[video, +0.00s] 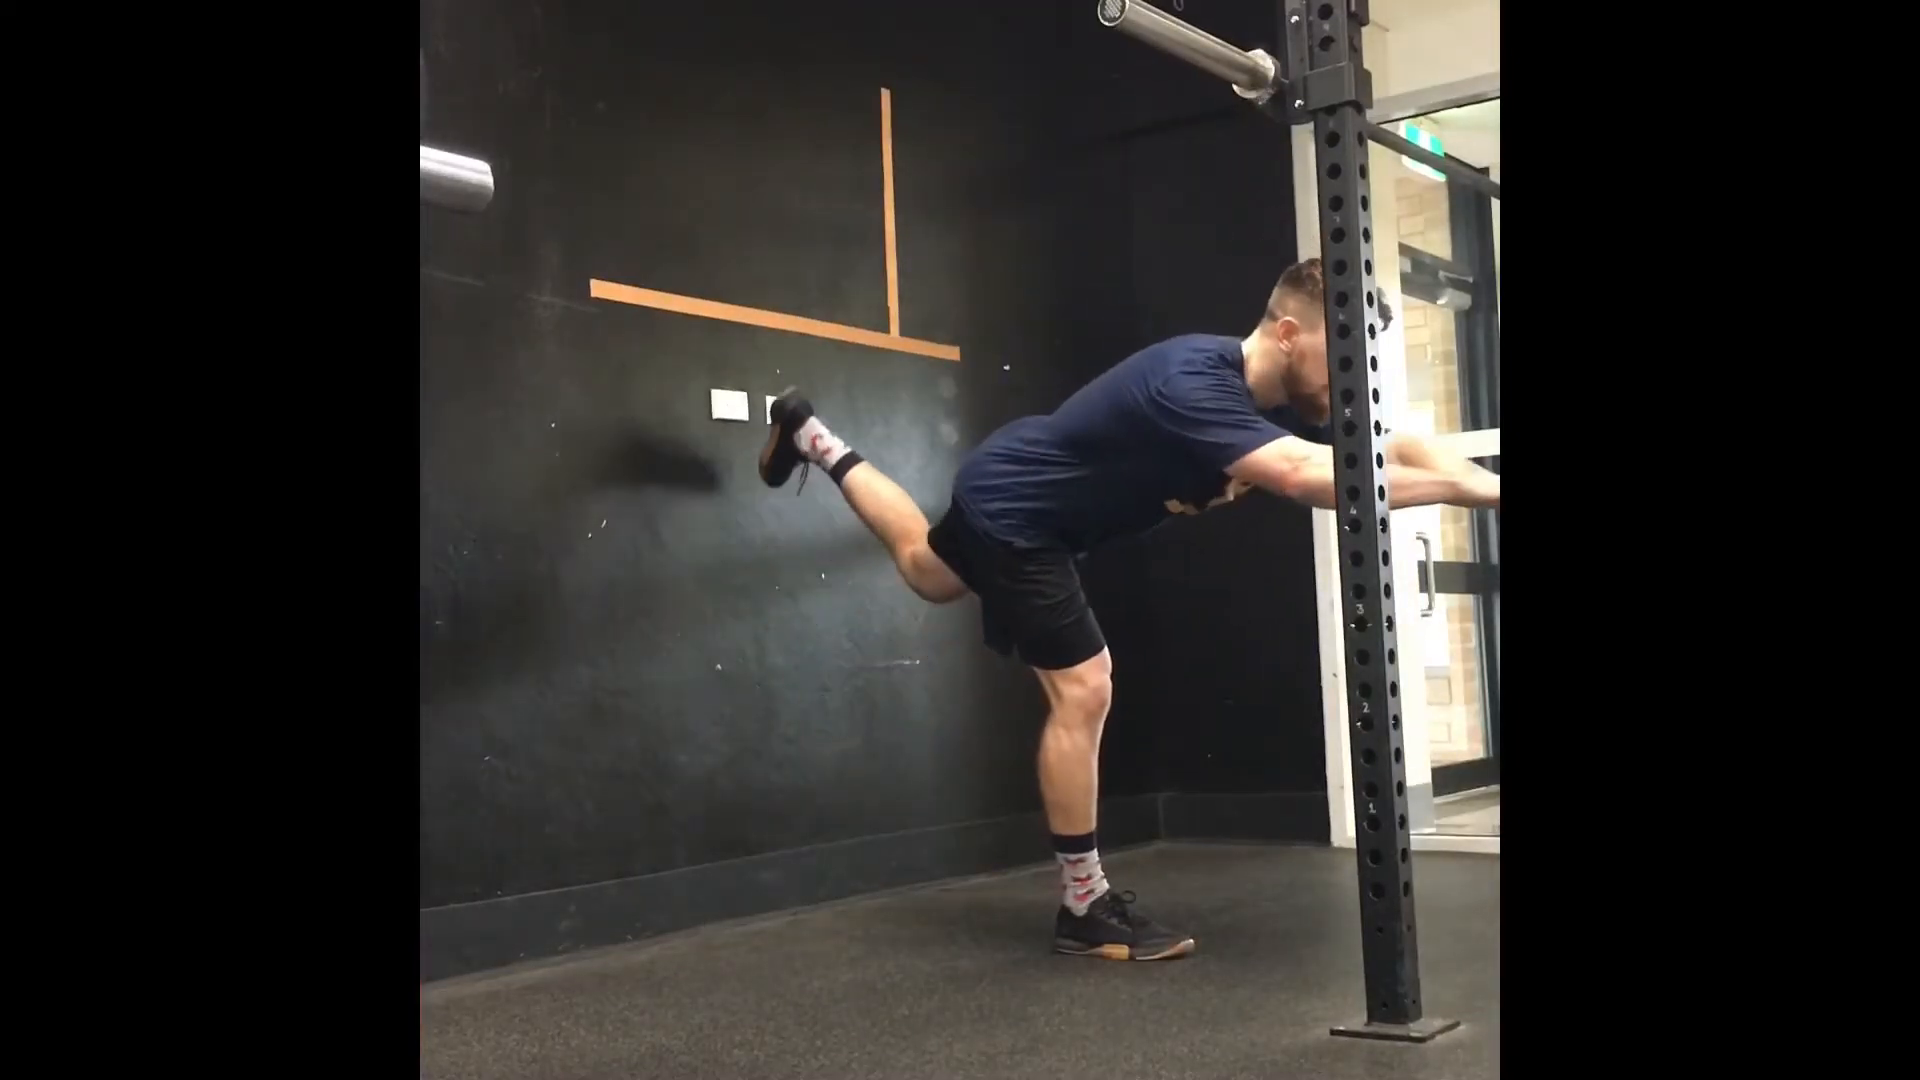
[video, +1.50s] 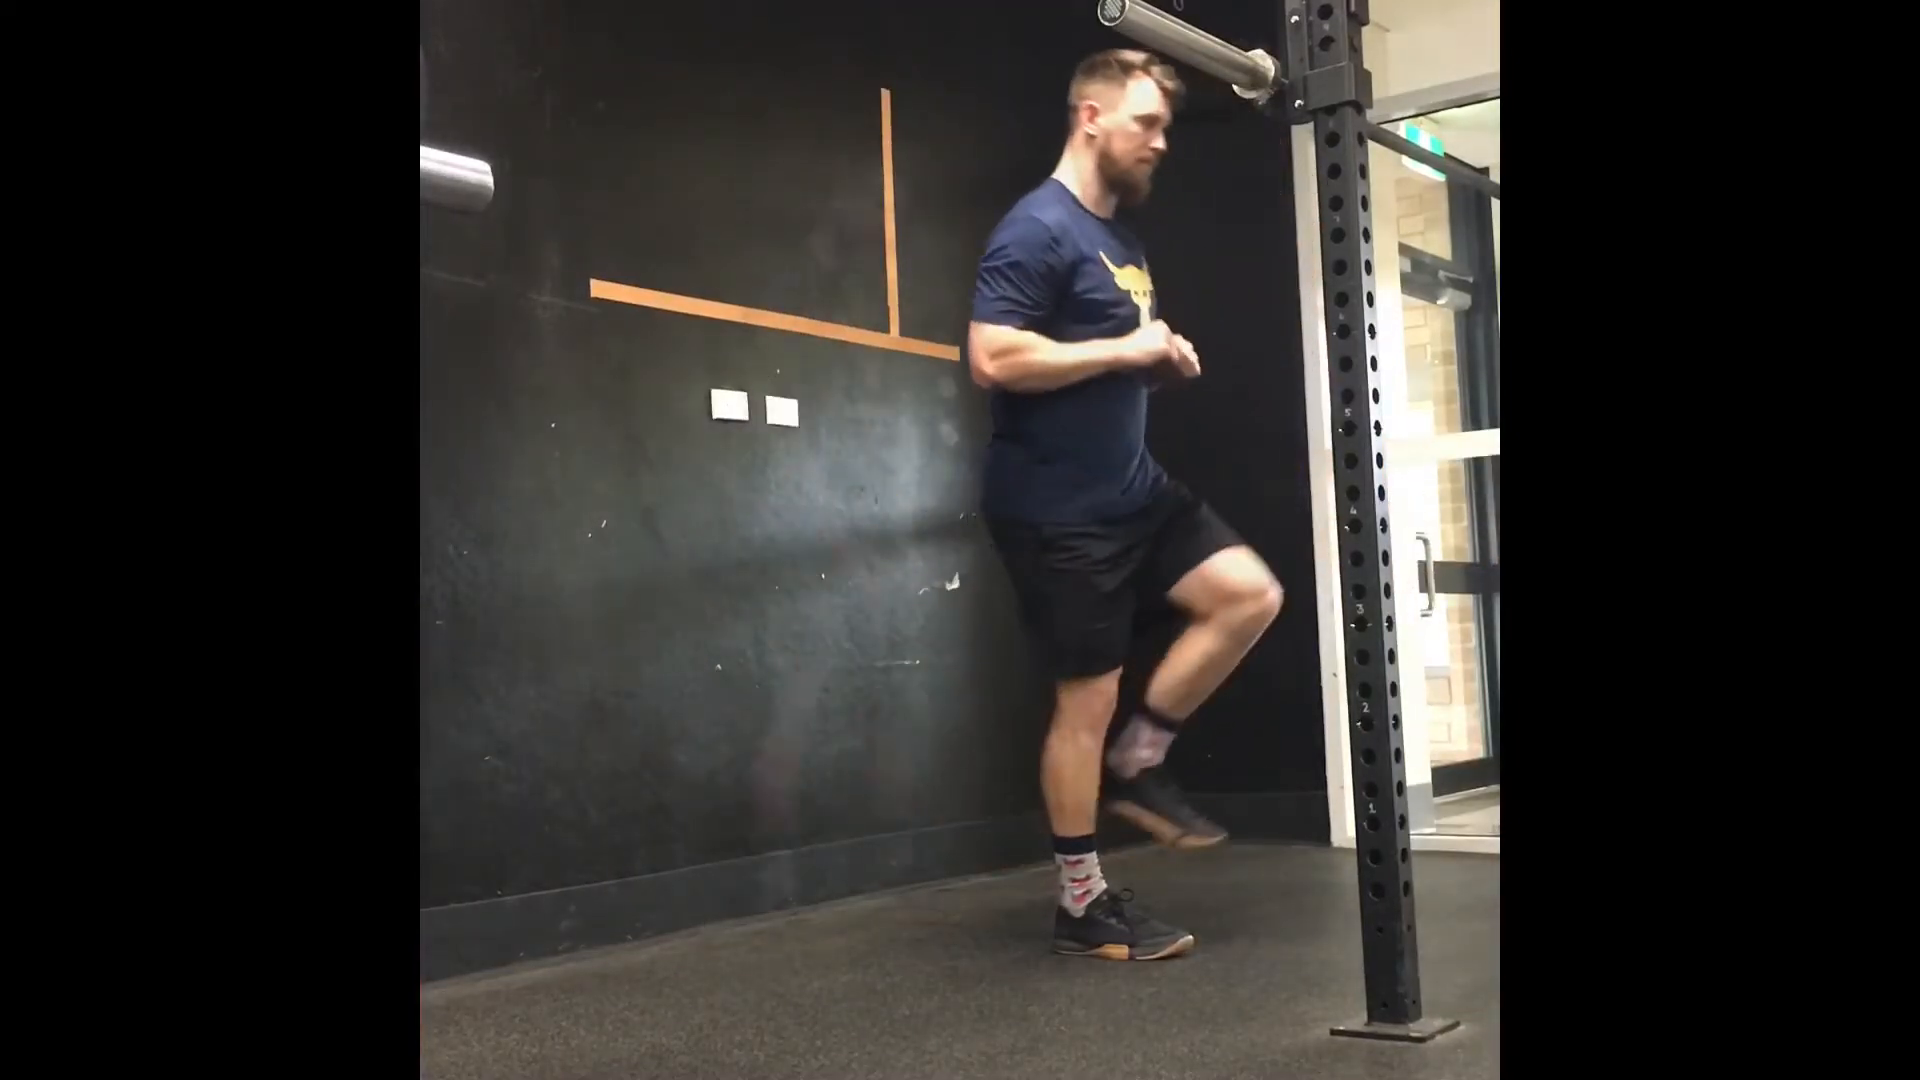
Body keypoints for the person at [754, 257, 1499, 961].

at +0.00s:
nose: (1344, 378)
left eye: (1349, 360)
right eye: (1337, 357)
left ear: (1297, 339)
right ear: (1286, 333)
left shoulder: (1245, 392)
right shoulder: (1196, 385)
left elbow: (1367, 450)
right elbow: (1309, 478)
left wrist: (1447, 470)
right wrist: (1442, 483)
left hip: (1024, 494)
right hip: (1007, 515)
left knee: (929, 571)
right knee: (1081, 691)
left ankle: (813, 443)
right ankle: (1083, 906)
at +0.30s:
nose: (1346, 390)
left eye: (1351, 375)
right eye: (1341, 371)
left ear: (1300, 356)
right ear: (1293, 352)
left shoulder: (1249, 394)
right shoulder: (1216, 405)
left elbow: (1375, 427)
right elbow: (1351, 468)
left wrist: (1466, 452)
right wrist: (1482, 469)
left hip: (1018, 482)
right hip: (1005, 516)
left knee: (910, 540)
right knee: (1081, 691)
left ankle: (809, 399)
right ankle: (1084, 902)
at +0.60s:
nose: (1340, 386)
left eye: (1345, 370)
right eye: (1336, 367)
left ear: (1295, 349)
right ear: (1288, 343)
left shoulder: (1244, 389)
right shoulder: (1206, 394)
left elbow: (1375, 429)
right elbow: (1334, 462)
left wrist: (1469, 452)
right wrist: (1467, 465)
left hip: (1012, 481)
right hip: (1003, 516)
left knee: (904, 553)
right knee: (1078, 692)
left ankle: (796, 418)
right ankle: (1082, 903)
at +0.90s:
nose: (1328, 304)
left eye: (1332, 287)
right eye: (1320, 284)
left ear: (1280, 280)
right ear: (1260, 272)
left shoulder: (1266, 373)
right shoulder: (1160, 340)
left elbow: (1291, 496)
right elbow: (1161, 495)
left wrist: (1381, 562)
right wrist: (1304, 543)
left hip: (1055, 522)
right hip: (1009, 507)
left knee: (945, 631)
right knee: (1085, 690)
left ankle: (805, 538)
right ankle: (1082, 906)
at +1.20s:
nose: (1269, 209)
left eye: (1273, 192)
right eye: (1254, 189)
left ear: (1216, 192)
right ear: (1195, 184)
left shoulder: (1208, 299)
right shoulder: (1105, 281)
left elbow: (1184, 402)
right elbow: (1035, 412)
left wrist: (1203, 478)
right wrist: (1162, 469)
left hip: (1099, 517)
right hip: (1026, 511)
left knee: (1075, 694)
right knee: (1088, 695)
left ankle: (917, 732)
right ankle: (1083, 903)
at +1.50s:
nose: (1161, 144)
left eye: (1165, 130)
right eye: (1147, 125)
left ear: (1126, 130)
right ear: (1090, 119)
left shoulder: (1117, 228)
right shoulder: (1034, 228)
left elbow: (1095, 348)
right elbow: (994, 358)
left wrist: (1157, 354)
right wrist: (1127, 348)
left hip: (1135, 491)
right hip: (1057, 510)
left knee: (1246, 599)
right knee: (1087, 701)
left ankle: (1132, 765)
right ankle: (1078, 900)